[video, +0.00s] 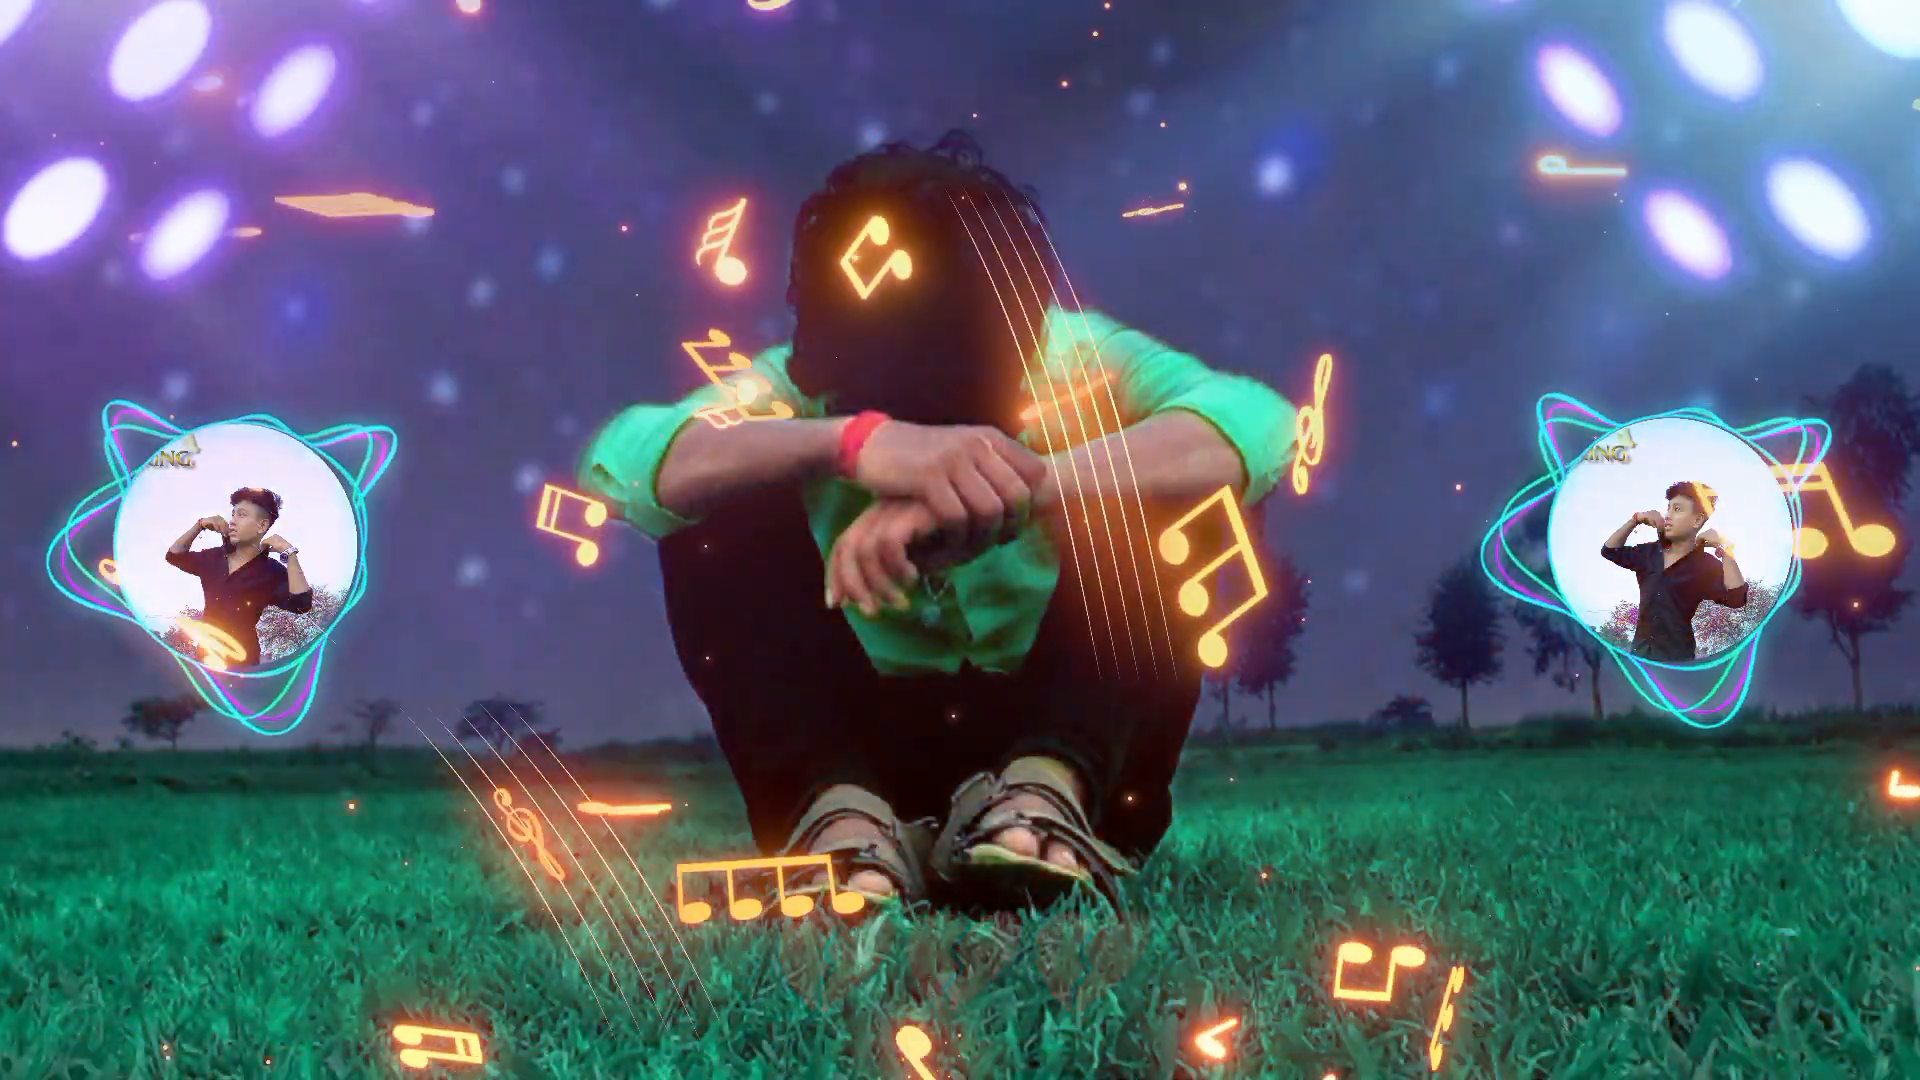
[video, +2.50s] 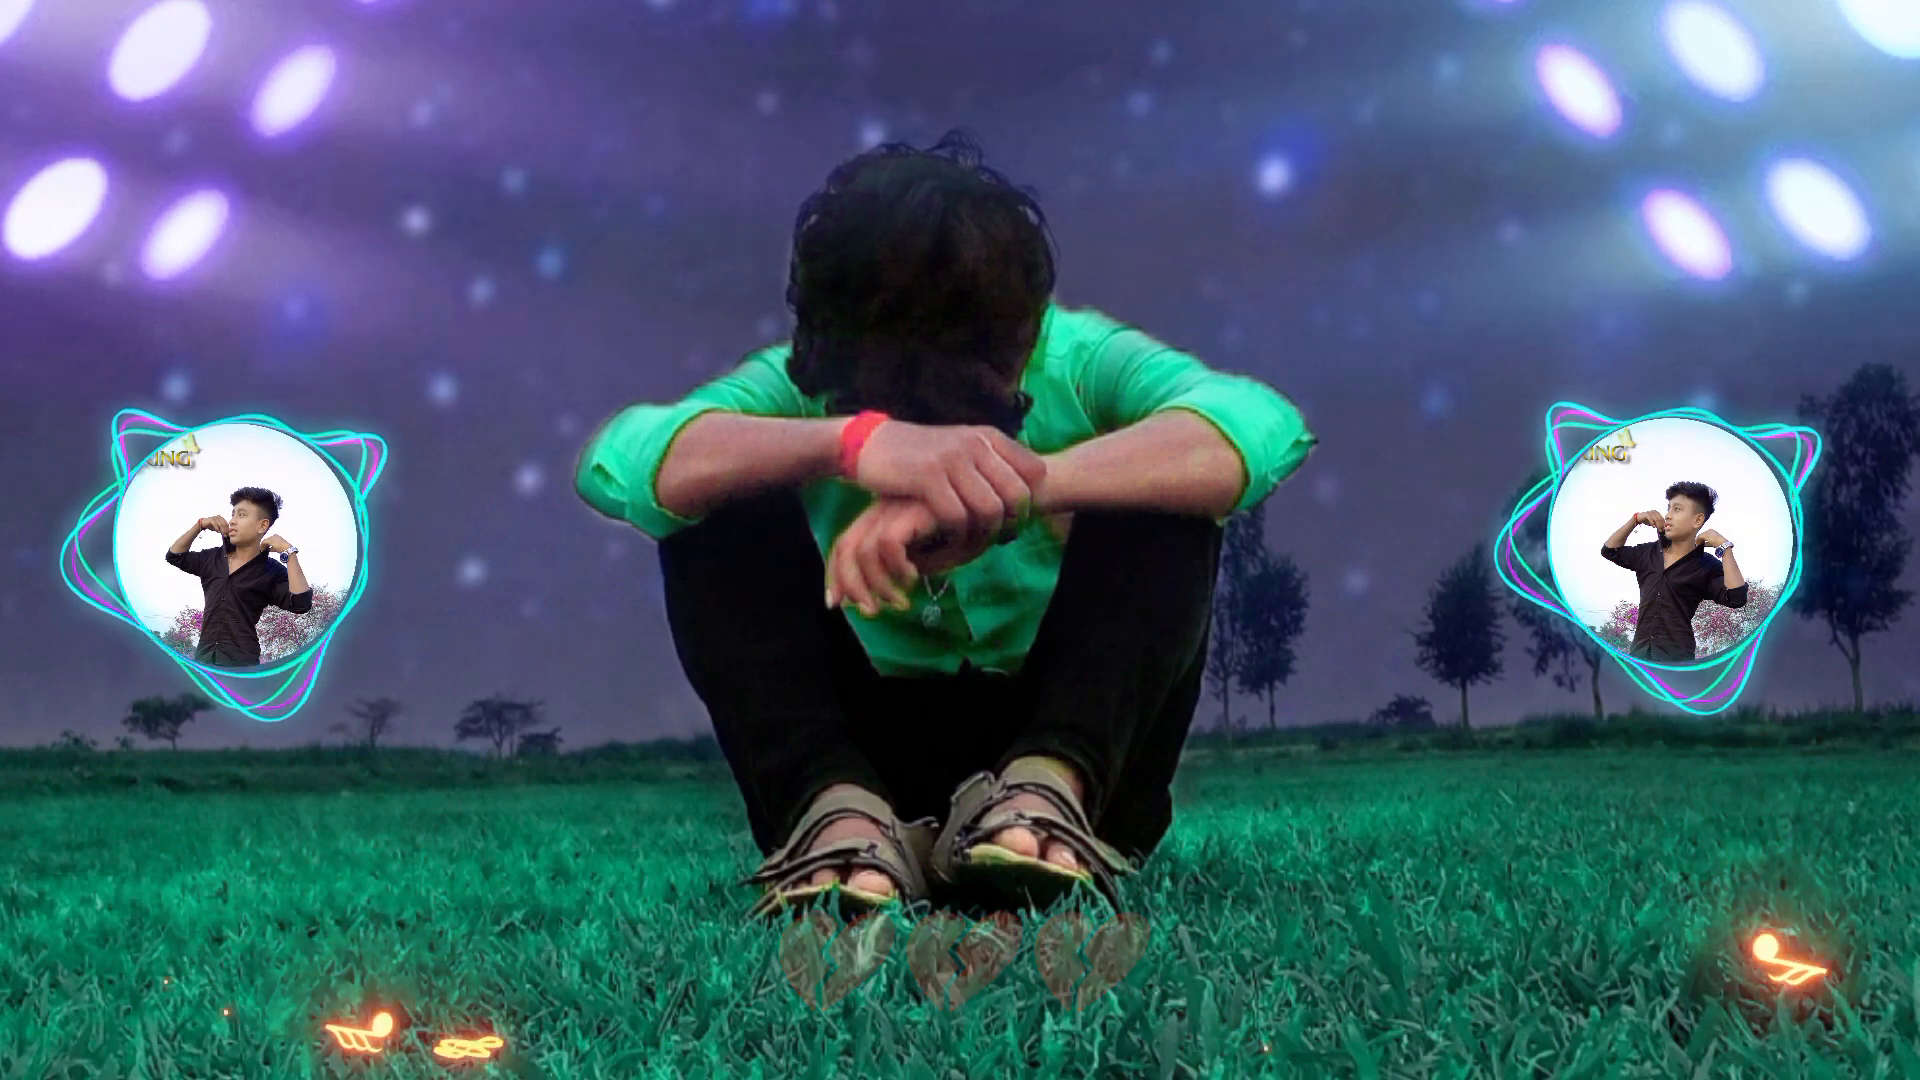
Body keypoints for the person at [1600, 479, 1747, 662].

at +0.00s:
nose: (1668, 515)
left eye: (1678, 509)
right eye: (1669, 508)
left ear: (1699, 520)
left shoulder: (1705, 565)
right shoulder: (1648, 553)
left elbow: (1737, 600)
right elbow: (1609, 551)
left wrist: (1725, 548)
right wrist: (1633, 521)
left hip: (1678, 659)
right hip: (1640, 654)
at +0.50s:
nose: (1667, 515)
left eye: (1677, 509)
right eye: (1668, 508)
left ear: (1698, 519)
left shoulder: (1705, 565)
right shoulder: (1648, 553)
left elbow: (1737, 600)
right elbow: (1609, 551)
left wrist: (1724, 547)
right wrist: (1634, 521)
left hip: (1677, 660)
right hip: (1639, 655)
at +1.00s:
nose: (1667, 515)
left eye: (1677, 509)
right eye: (1669, 508)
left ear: (1698, 520)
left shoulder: (1706, 565)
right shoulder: (1648, 553)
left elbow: (1737, 600)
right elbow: (1610, 551)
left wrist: (1725, 547)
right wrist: (1634, 521)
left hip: (1677, 660)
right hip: (1639, 655)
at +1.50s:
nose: (1668, 516)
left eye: (1677, 509)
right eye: (1669, 509)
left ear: (1698, 519)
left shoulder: (1705, 565)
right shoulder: (1648, 553)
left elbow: (1737, 600)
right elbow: (1609, 551)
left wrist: (1725, 548)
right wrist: (1634, 521)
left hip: (1677, 659)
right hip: (1639, 654)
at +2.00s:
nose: (1667, 515)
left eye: (1677, 509)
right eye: (1669, 509)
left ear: (1698, 520)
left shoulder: (1706, 565)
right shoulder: (1651, 552)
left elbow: (1737, 600)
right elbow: (1609, 551)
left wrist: (1725, 547)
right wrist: (1634, 521)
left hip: (1677, 655)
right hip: (1640, 650)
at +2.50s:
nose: (1667, 515)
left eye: (1677, 509)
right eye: (1668, 509)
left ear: (1698, 520)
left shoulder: (1705, 564)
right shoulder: (1647, 553)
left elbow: (1737, 599)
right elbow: (1609, 551)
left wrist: (1725, 547)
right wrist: (1634, 520)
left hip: (1677, 660)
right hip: (1638, 656)